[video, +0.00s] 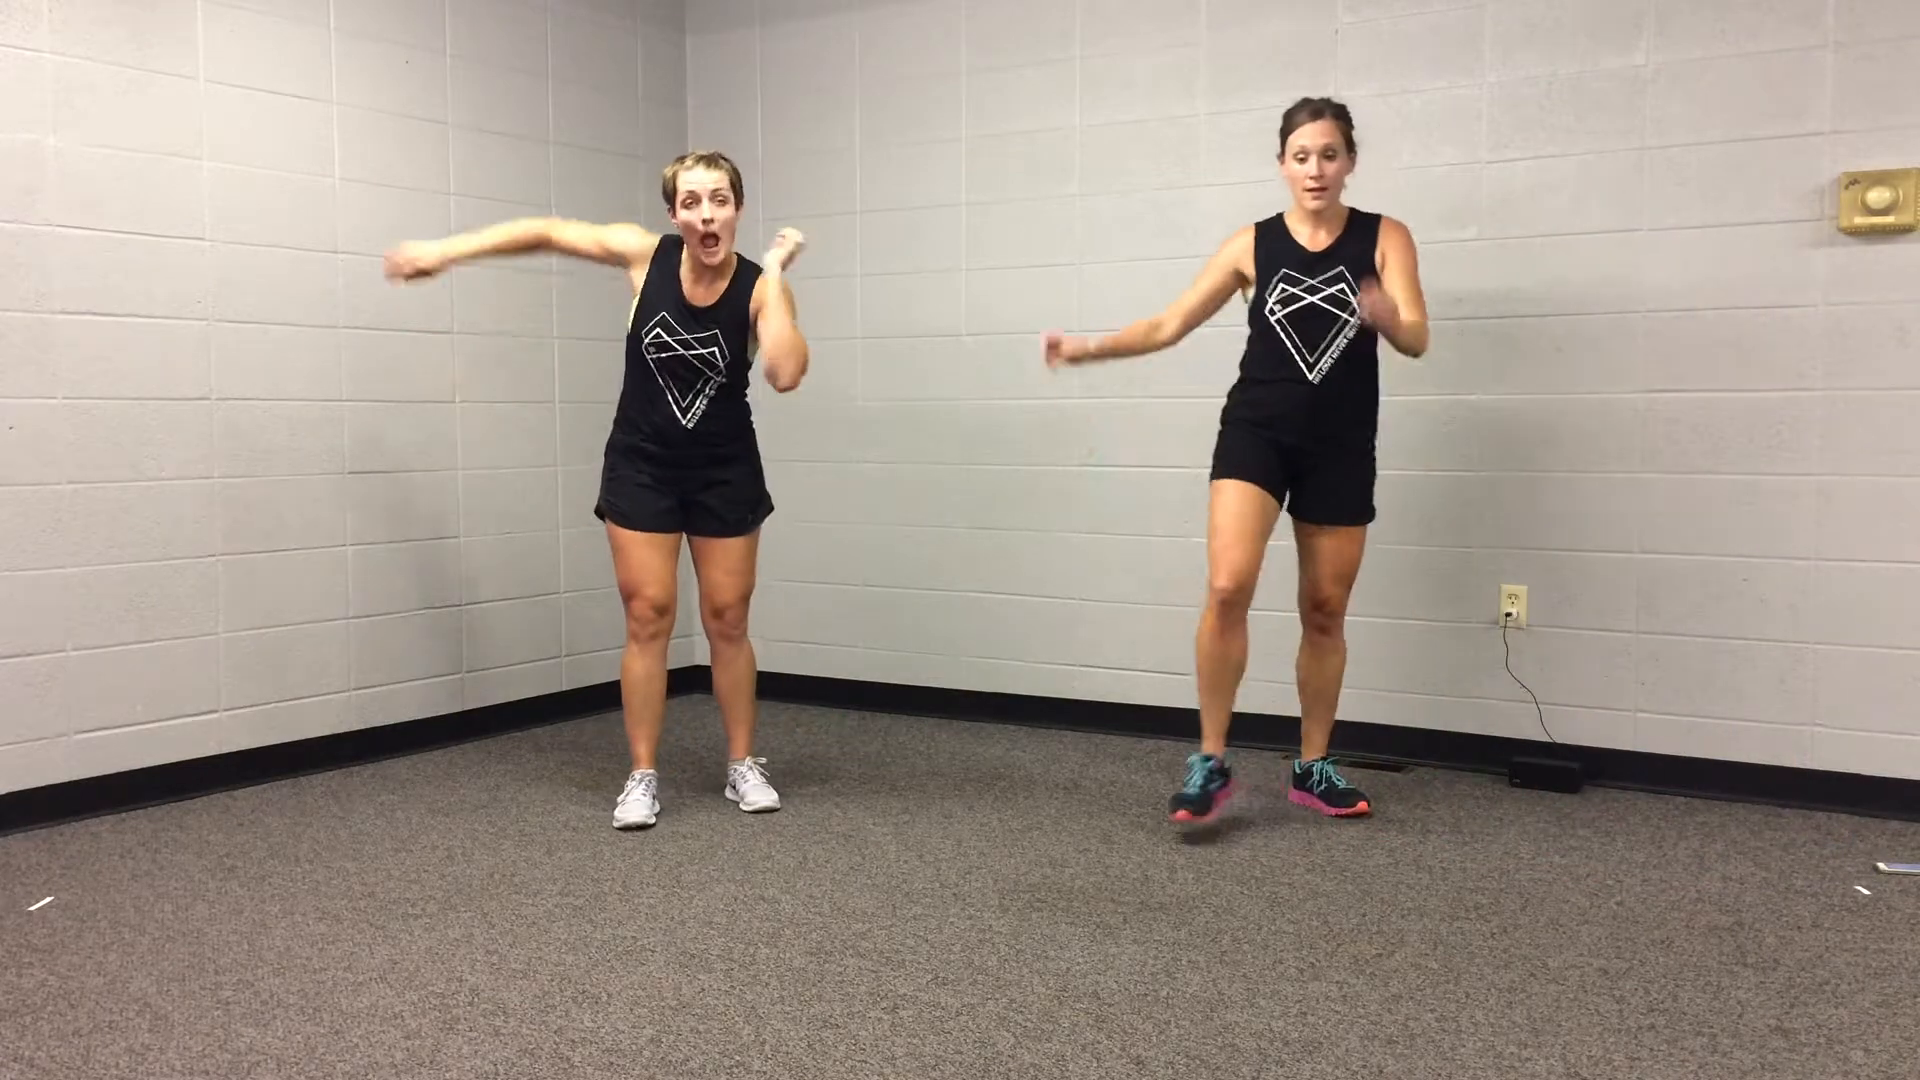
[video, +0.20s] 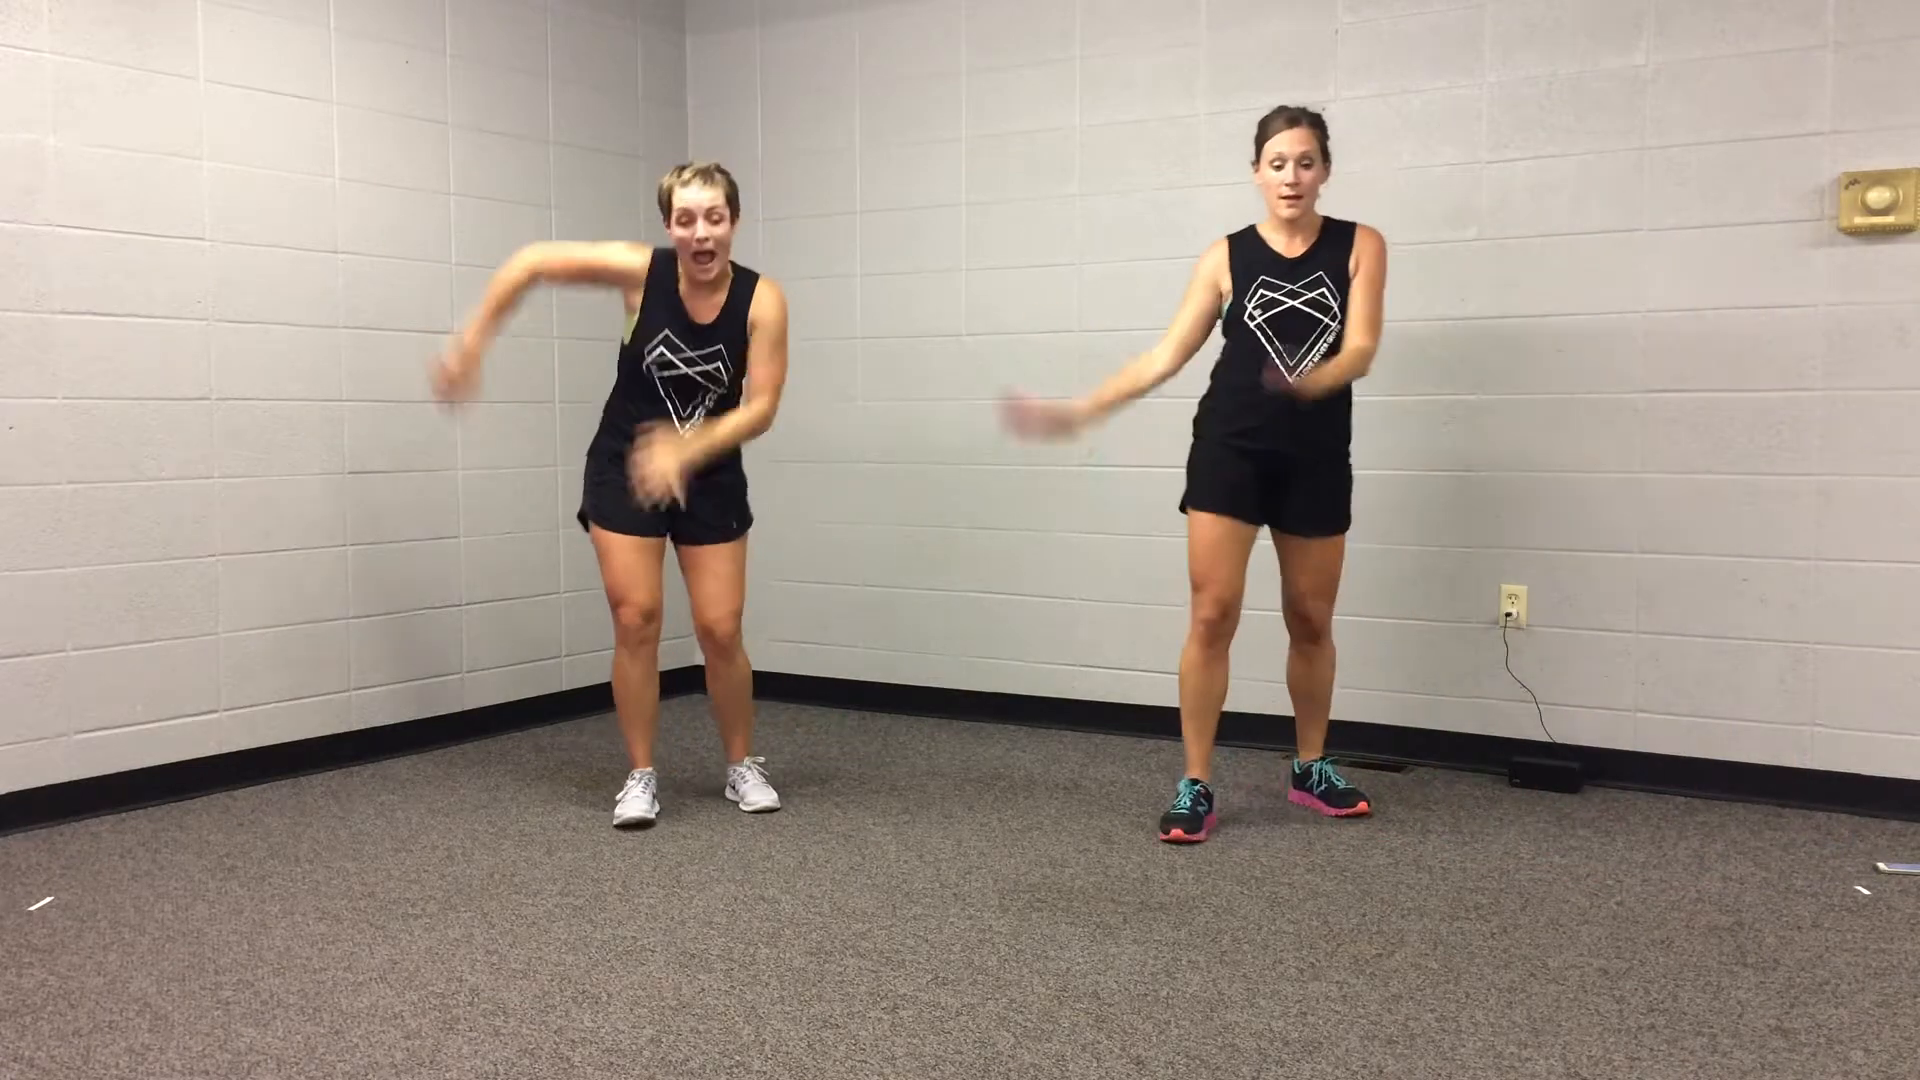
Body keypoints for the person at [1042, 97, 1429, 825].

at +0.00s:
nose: (1316, 168)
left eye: (1330, 155)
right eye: (1303, 156)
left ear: (1351, 163)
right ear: (1282, 165)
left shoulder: (1384, 238)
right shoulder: (1253, 245)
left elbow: (1417, 341)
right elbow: (1166, 326)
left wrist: (1388, 320)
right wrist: (1088, 348)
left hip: (1341, 443)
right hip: (1256, 433)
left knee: (1325, 608)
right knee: (1227, 588)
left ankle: (1313, 764)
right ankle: (1210, 759)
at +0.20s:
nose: (1292, 175)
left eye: (1306, 162)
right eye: (1278, 163)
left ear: (1326, 173)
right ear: (1257, 173)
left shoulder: (1359, 245)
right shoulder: (1226, 257)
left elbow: (1360, 346)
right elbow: (1165, 357)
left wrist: (1314, 381)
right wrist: (1076, 412)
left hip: (1316, 454)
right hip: (1230, 448)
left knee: (1311, 620)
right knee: (1212, 616)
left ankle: (1312, 765)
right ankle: (1195, 782)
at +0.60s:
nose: (1294, 178)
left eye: (1308, 167)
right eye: (1280, 164)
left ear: (1323, 178)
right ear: (1252, 170)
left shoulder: (1342, 259)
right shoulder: (1218, 255)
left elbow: (1392, 362)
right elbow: (1186, 368)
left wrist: (1470, 329)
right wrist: (1288, 344)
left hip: (1352, 458)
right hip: (1261, 463)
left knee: (1394, 627)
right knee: (1231, 634)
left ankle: (1448, 816)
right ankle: (1196, 786)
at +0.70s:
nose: (1302, 190)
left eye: (1317, 178)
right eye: (1288, 176)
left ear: (1334, 190)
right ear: (1261, 187)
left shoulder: (1358, 277)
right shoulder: (1232, 273)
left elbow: (1393, 388)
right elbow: (1200, 392)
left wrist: (1478, 346)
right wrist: (1291, 338)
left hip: (1389, 471)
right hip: (1295, 481)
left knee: (1431, 638)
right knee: (1251, 656)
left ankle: (1466, 834)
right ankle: (1201, 781)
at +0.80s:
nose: (1307, 187)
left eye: (1321, 174)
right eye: (1291, 174)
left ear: (1343, 187)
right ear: (1271, 188)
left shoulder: (1381, 276)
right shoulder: (1245, 282)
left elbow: (1421, 390)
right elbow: (1230, 406)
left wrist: (1501, 442)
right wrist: (1312, 431)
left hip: (1404, 472)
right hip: (1302, 482)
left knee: (1453, 641)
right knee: (1230, 659)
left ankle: (1467, 837)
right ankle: (1202, 777)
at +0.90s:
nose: (1307, 186)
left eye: (1323, 171)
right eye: (1293, 174)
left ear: (1351, 179)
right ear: (1276, 187)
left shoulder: (1404, 262)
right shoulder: (1263, 284)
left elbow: (1445, 372)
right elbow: (1260, 399)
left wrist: (1484, 476)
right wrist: (1255, 515)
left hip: (1393, 479)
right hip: (1289, 479)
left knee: (1444, 644)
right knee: (1178, 621)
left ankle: (1464, 837)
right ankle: (1171, 756)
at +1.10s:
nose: (1287, 173)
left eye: (1302, 157)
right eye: (1274, 161)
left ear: (1339, 164)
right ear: (1263, 174)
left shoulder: (1385, 231)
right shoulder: (1249, 261)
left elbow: (1464, 330)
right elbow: (1189, 378)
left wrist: (1398, 274)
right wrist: (1146, 342)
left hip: (1321, 466)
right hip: (1223, 448)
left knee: (1380, 647)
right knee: (1139, 606)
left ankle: (1457, 835)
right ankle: (1114, 783)